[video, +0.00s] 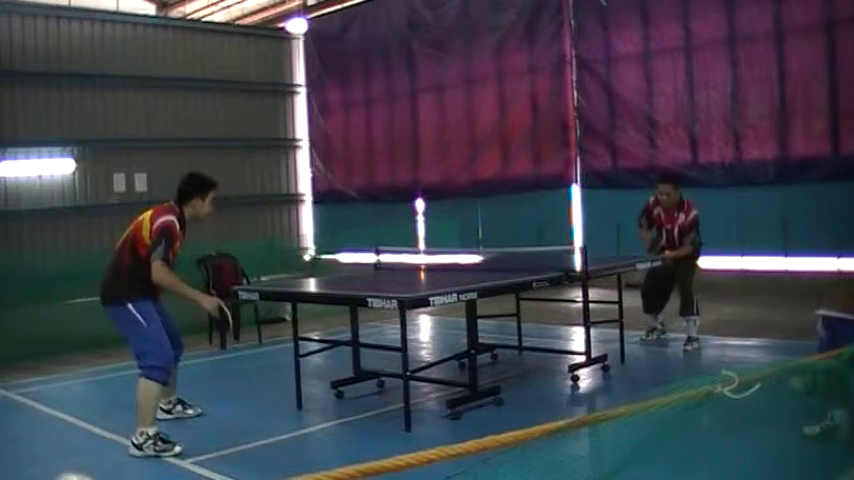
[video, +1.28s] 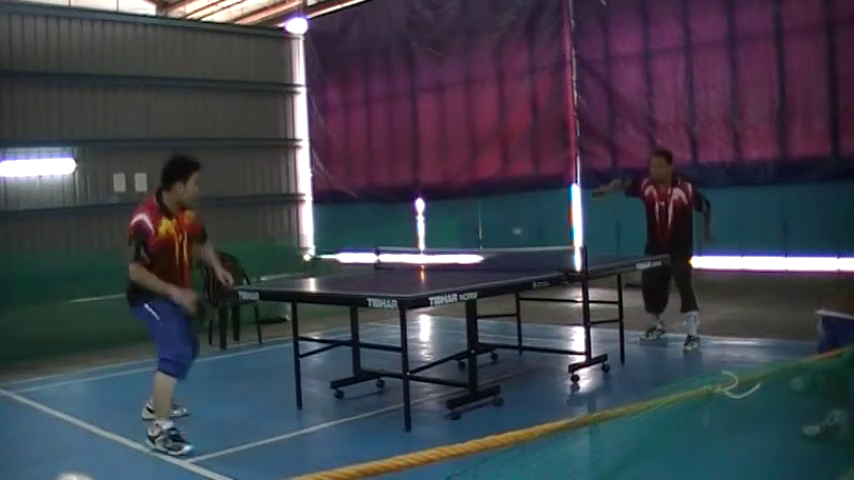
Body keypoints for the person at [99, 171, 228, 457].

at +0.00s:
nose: (211, 208)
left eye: (212, 202)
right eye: (209, 202)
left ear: (191, 199)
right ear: (195, 200)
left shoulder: (171, 217)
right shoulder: (167, 222)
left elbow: (156, 269)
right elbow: (158, 273)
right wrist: (200, 298)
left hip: (142, 293)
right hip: (125, 296)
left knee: (172, 346)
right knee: (157, 358)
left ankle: (167, 403)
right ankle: (144, 435)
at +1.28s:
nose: (197, 190)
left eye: (197, 184)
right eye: (193, 184)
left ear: (179, 185)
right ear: (176, 184)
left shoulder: (188, 215)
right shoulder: (146, 219)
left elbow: (202, 244)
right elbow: (135, 270)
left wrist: (217, 269)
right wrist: (175, 292)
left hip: (176, 294)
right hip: (149, 295)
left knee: (188, 348)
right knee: (174, 350)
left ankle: (158, 404)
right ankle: (160, 427)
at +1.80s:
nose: (225, 216)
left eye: (226, 210)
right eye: (219, 211)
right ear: (199, 214)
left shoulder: (209, 221)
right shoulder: (187, 246)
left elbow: (232, 211)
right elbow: (193, 292)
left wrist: (262, 222)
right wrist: (233, 295)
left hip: (199, 306)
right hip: (179, 313)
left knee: (215, 345)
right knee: (229, 354)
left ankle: (179, 390)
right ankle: (210, 432)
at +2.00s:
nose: (234, 213)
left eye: (235, 207)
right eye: (231, 206)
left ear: (204, 201)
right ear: (214, 203)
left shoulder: (181, 226)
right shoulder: (210, 226)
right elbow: (251, 190)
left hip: (175, 318)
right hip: (195, 321)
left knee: (211, 349)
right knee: (248, 365)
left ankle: (195, 407)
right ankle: (213, 433)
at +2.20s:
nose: (224, 188)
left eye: (224, 182)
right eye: (220, 182)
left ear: (195, 182)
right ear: (203, 183)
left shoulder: (173, 208)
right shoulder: (206, 206)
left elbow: (160, 253)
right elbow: (252, 196)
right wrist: (259, 154)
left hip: (176, 303)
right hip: (199, 303)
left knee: (209, 349)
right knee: (241, 360)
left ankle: (195, 408)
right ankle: (212, 432)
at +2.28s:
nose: (219, 174)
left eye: (219, 169)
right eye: (214, 168)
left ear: (192, 172)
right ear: (196, 170)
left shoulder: (174, 196)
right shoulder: (194, 197)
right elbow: (249, 193)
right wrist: (263, 158)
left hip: (179, 289)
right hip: (190, 291)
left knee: (205, 347)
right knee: (225, 353)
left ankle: (196, 407)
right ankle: (211, 431)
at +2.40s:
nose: (210, 161)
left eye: (211, 155)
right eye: (204, 156)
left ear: (190, 160)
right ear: (185, 159)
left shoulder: (182, 182)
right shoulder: (184, 184)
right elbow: (227, 201)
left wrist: (221, 231)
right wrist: (252, 172)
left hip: (186, 276)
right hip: (175, 278)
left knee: (200, 344)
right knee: (197, 346)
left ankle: (197, 412)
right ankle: (196, 427)